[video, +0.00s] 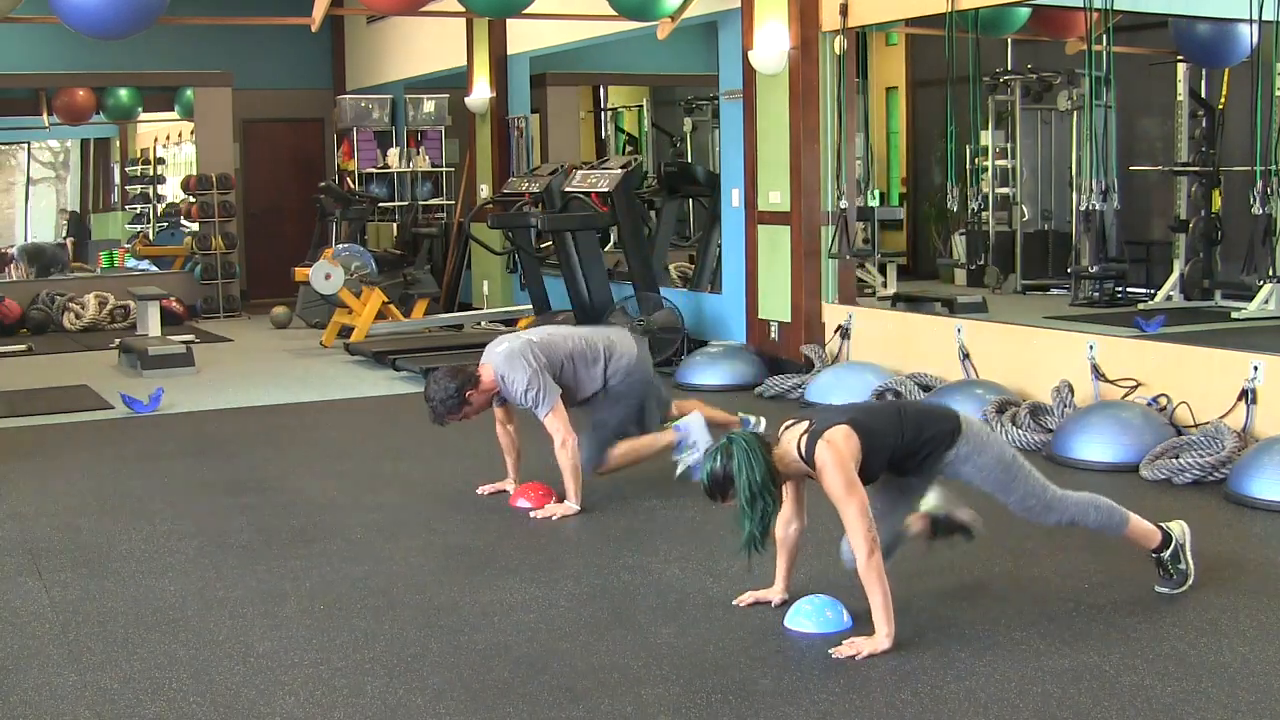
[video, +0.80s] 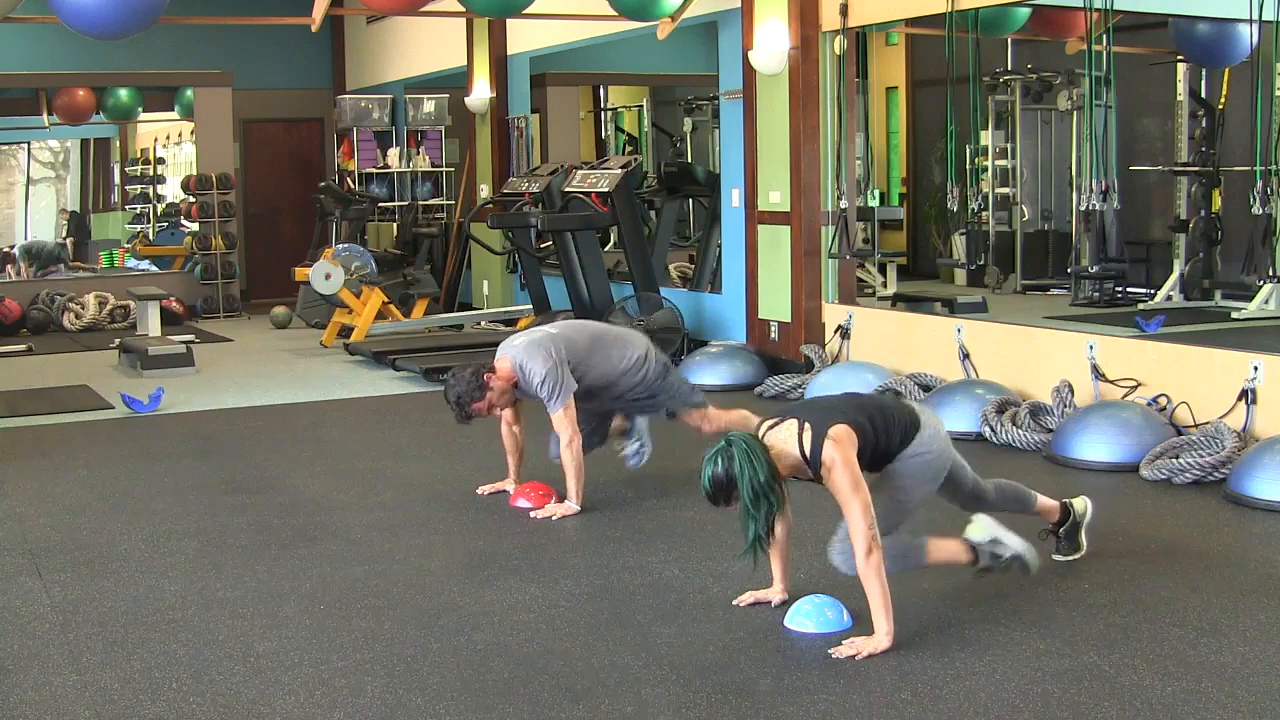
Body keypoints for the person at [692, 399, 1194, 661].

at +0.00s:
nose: (739, 502)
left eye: (736, 493)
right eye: (730, 495)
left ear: (749, 475)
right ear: (744, 456)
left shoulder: (828, 454)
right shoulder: (778, 447)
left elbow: (865, 550)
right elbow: (788, 521)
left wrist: (883, 634)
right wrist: (779, 588)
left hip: (953, 439)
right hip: (899, 461)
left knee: (1047, 505)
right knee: (864, 541)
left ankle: (1164, 539)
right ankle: (929, 521)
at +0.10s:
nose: (745, 503)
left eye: (742, 494)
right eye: (737, 497)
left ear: (755, 475)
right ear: (749, 461)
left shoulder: (830, 452)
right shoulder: (781, 448)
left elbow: (867, 548)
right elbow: (789, 521)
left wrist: (883, 632)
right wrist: (779, 587)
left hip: (957, 428)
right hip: (906, 454)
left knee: (1047, 495)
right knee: (897, 544)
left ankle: (1156, 538)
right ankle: (975, 493)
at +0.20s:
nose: (754, 504)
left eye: (750, 493)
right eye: (745, 498)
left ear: (761, 473)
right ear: (752, 457)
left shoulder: (829, 451)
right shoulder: (779, 444)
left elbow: (867, 547)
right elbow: (787, 518)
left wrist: (883, 633)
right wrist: (780, 587)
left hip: (961, 427)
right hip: (922, 444)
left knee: (1049, 495)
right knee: (937, 530)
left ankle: (1156, 537)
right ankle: (1007, 487)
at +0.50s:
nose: (740, 504)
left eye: (739, 497)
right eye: (732, 500)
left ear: (752, 474)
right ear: (747, 449)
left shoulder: (828, 454)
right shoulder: (766, 441)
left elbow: (869, 547)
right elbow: (780, 514)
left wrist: (882, 634)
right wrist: (780, 586)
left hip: (937, 458)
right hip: (909, 459)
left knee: (1024, 539)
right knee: (997, 505)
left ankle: (1151, 535)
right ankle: (1070, 509)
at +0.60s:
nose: (744, 508)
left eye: (742, 498)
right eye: (735, 503)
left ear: (756, 476)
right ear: (741, 459)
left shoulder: (828, 451)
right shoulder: (766, 440)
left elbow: (867, 545)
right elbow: (776, 514)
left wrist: (883, 633)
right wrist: (779, 585)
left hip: (933, 436)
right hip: (905, 425)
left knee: (969, 561)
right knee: (978, 488)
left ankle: (1093, 535)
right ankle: (1069, 511)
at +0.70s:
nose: (740, 506)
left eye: (738, 499)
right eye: (732, 502)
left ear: (754, 480)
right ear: (743, 460)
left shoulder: (833, 449)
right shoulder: (767, 439)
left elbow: (868, 546)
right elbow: (777, 515)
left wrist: (883, 633)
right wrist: (779, 586)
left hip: (925, 436)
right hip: (912, 414)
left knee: (903, 566)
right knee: (974, 486)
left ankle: (1021, 535)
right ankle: (1061, 512)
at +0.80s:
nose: (739, 506)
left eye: (738, 498)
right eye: (732, 501)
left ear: (754, 478)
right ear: (741, 450)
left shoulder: (832, 450)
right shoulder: (768, 436)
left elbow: (868, 545)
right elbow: (775, 513)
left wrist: (883, 634)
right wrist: (779, 585)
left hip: (918, 447)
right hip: (911, 419)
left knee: (845, 553)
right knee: (977, 493)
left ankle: (979, 549)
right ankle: (1066, 513)